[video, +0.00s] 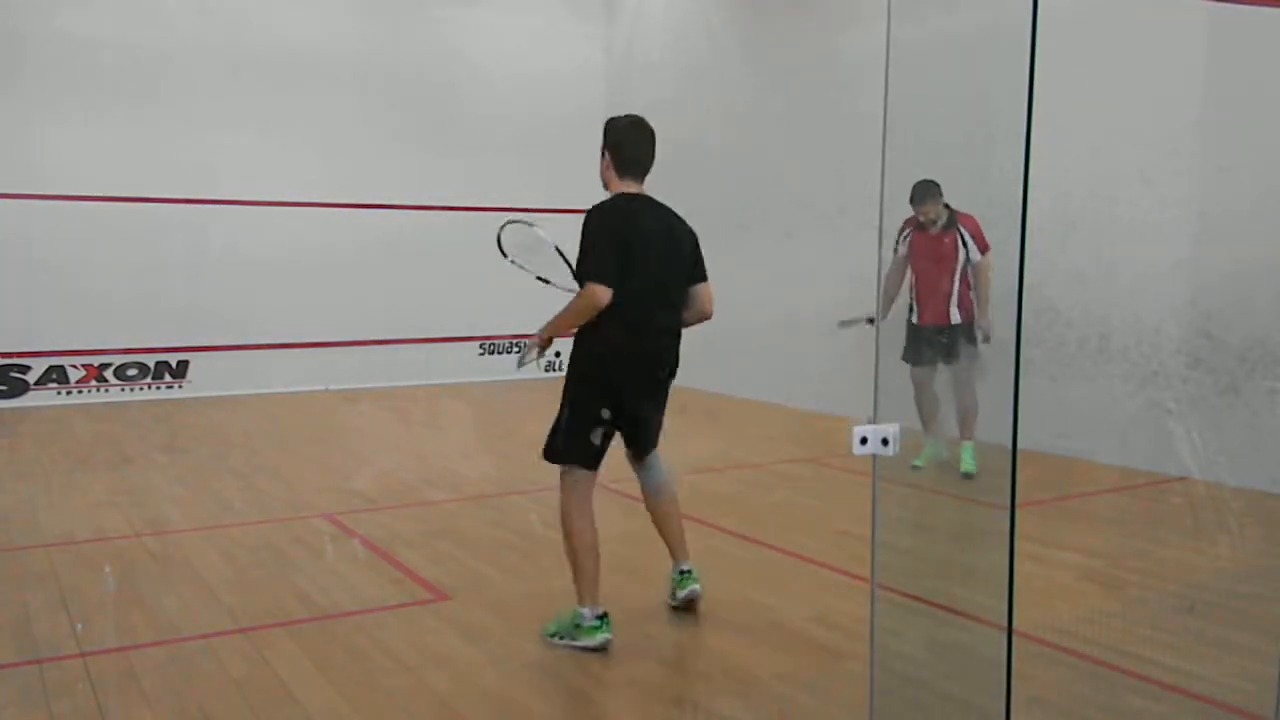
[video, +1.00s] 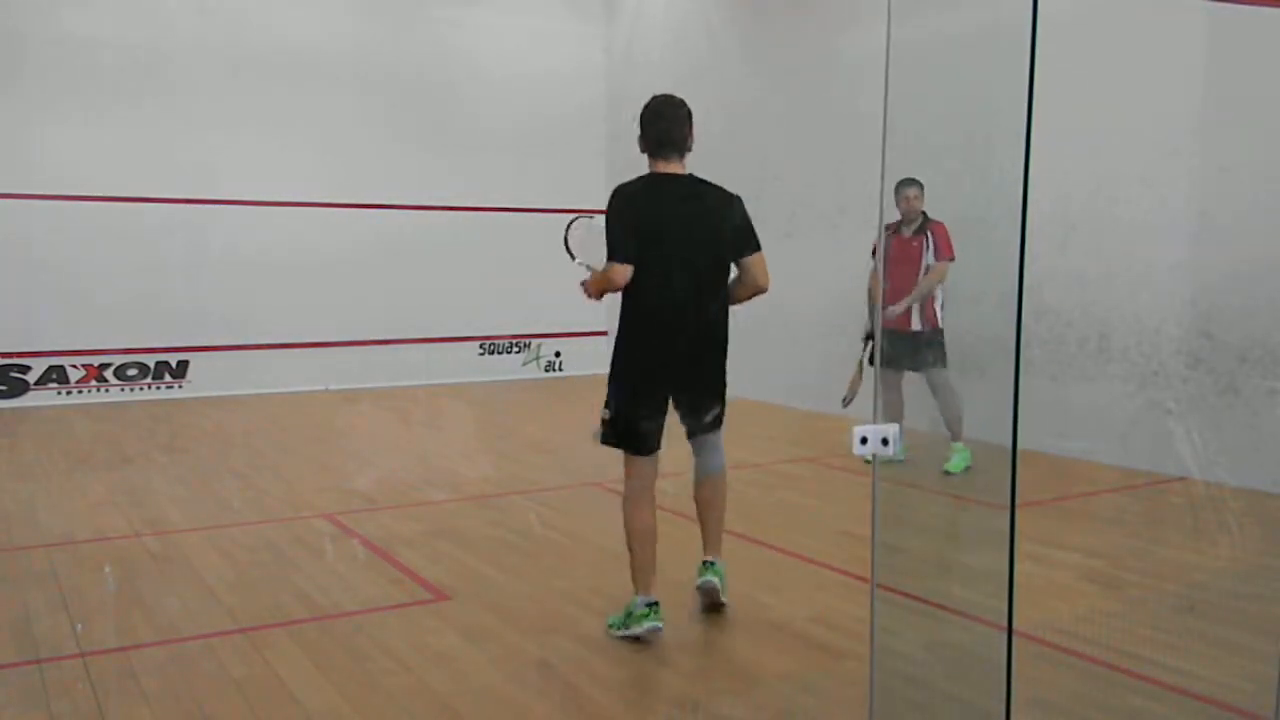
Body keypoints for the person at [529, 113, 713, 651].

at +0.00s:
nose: (598, 164)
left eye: (600, 156)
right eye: (605, 155)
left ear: (607, 161)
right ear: (649, 163)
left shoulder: (604, 218)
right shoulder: (677, 226)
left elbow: (597, 294)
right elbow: (701, 306)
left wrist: (552, 330)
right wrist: (649, 320)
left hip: (602, 370)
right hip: (655, 370)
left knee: (577, 483)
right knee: (647, 457)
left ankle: (590, 615)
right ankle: (684, 571)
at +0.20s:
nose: (613, 121)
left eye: (613, 114)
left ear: (615, 118)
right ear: (663, 120)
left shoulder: (607, 170)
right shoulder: (690, 176)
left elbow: (600, 245)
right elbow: (726, 245)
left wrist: (568, 256)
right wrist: (679, 261)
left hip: (615, 329)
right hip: (671, 329)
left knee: (585, 450)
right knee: (655, 429)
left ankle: (579, 577)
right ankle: (681, 543)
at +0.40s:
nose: (629, 156)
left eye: (629, 149)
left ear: (629, 156)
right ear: (676, 159)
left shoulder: (622, 214)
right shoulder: (701, 218)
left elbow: (614, 294)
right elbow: (740, 289)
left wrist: (579, 295)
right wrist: (690, 301)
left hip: (631, 367)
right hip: (686, 370)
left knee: (579, 464)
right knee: (663, 464)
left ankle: (607, 587)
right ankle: (696, 586)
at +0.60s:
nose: (634, 114)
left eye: (633, 107)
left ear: (633, 112)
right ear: (680, 113)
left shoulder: (621, 165)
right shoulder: (710, 173)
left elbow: (612, 235)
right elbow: (740, 248)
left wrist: (591, 251)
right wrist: (692, 254)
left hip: (630, 329)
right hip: (689, 332)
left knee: (601, 438)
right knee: (685, 441)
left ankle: (610, 565)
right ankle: (697, 559)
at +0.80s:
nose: (631, 144)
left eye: (630, 136)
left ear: (630, 143)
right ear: (678, 143)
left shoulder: (619, 194)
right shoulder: (709, 201)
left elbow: (604, 261)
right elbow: (743, 279)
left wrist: (584, 259)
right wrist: (700, 283)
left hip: (629, 352)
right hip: (689, 352)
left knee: (624, 474)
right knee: (687, 451)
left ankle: (638, 600)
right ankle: (704, 567)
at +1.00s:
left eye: (647, 134)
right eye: (688, 134)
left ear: (642, 141)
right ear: (692, 140)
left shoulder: (628, 198)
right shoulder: (723, 202)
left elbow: (620, 273)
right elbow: (757, 281)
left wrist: (598, 284)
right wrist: (715, 299)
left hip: (644, 356)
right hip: (703, 356)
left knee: (640, 480)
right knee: (709, 457)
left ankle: (645, 603)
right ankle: (712, 564)